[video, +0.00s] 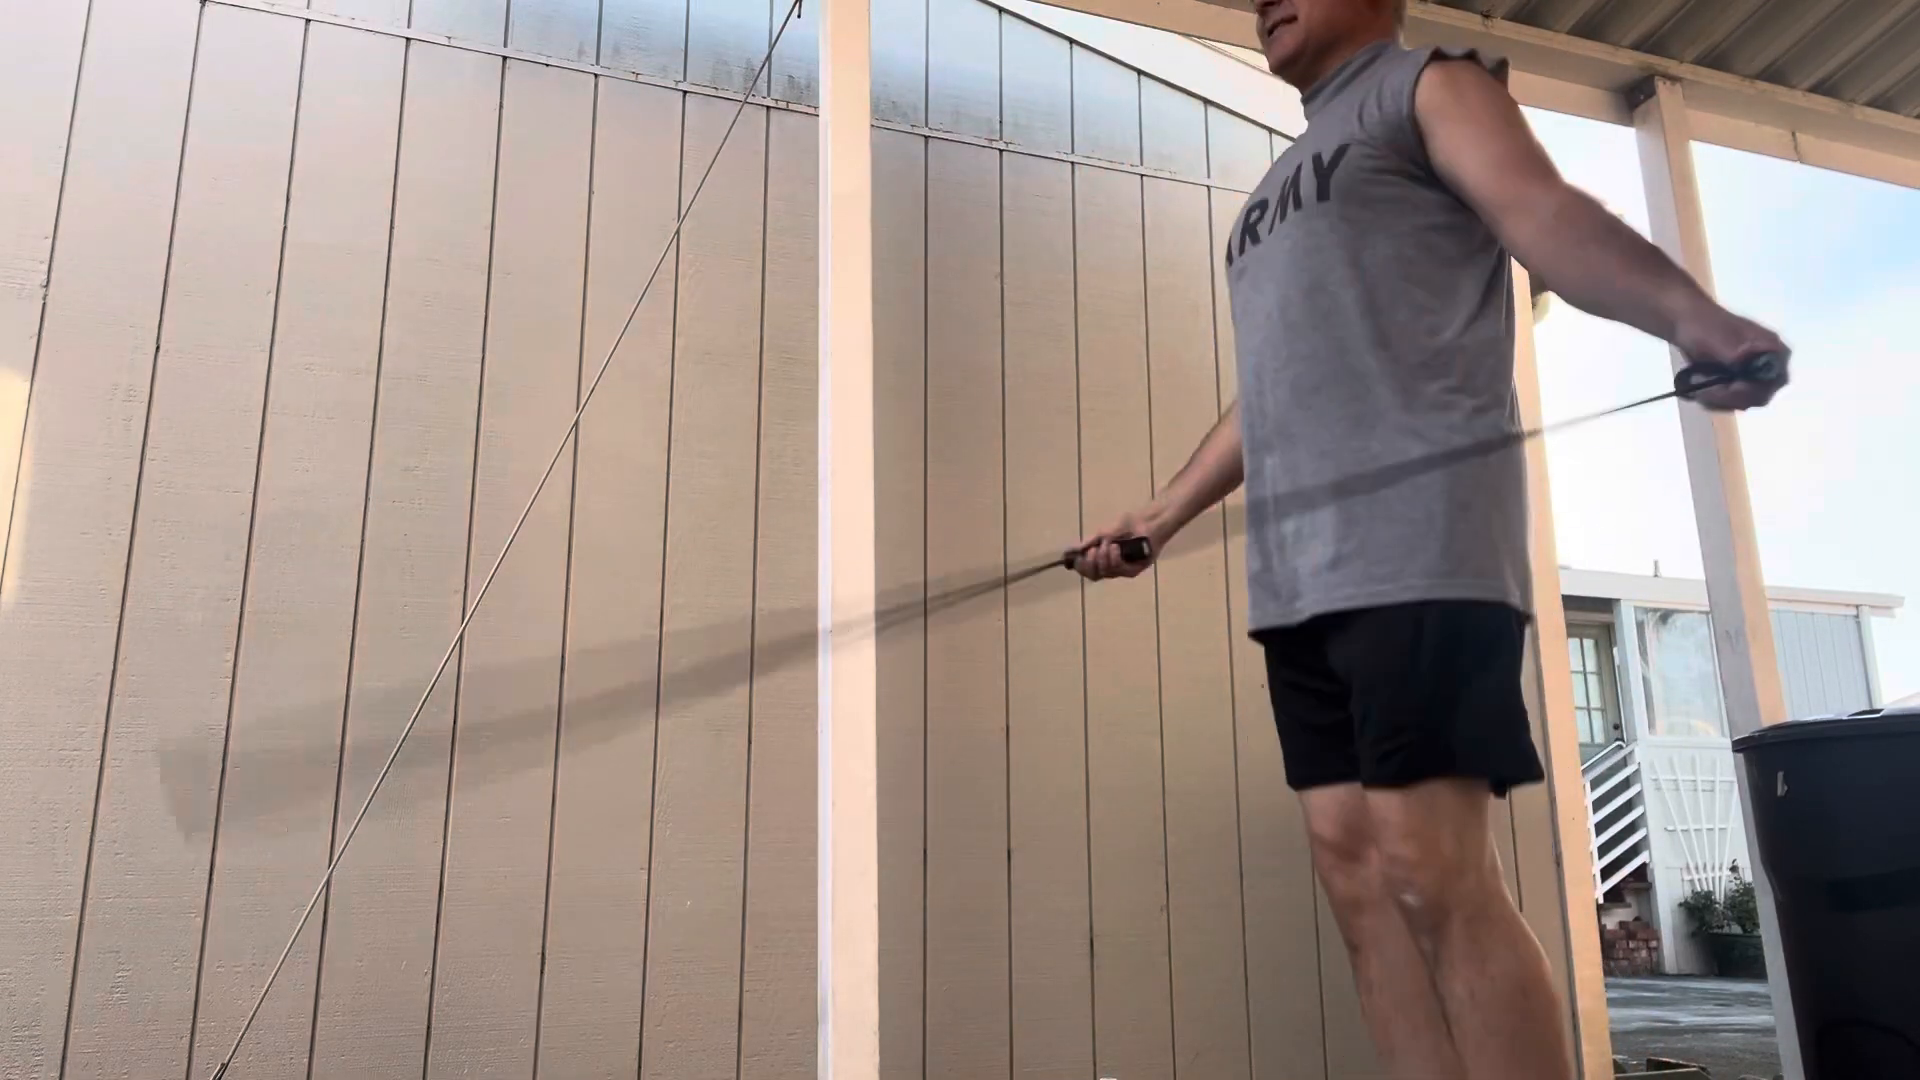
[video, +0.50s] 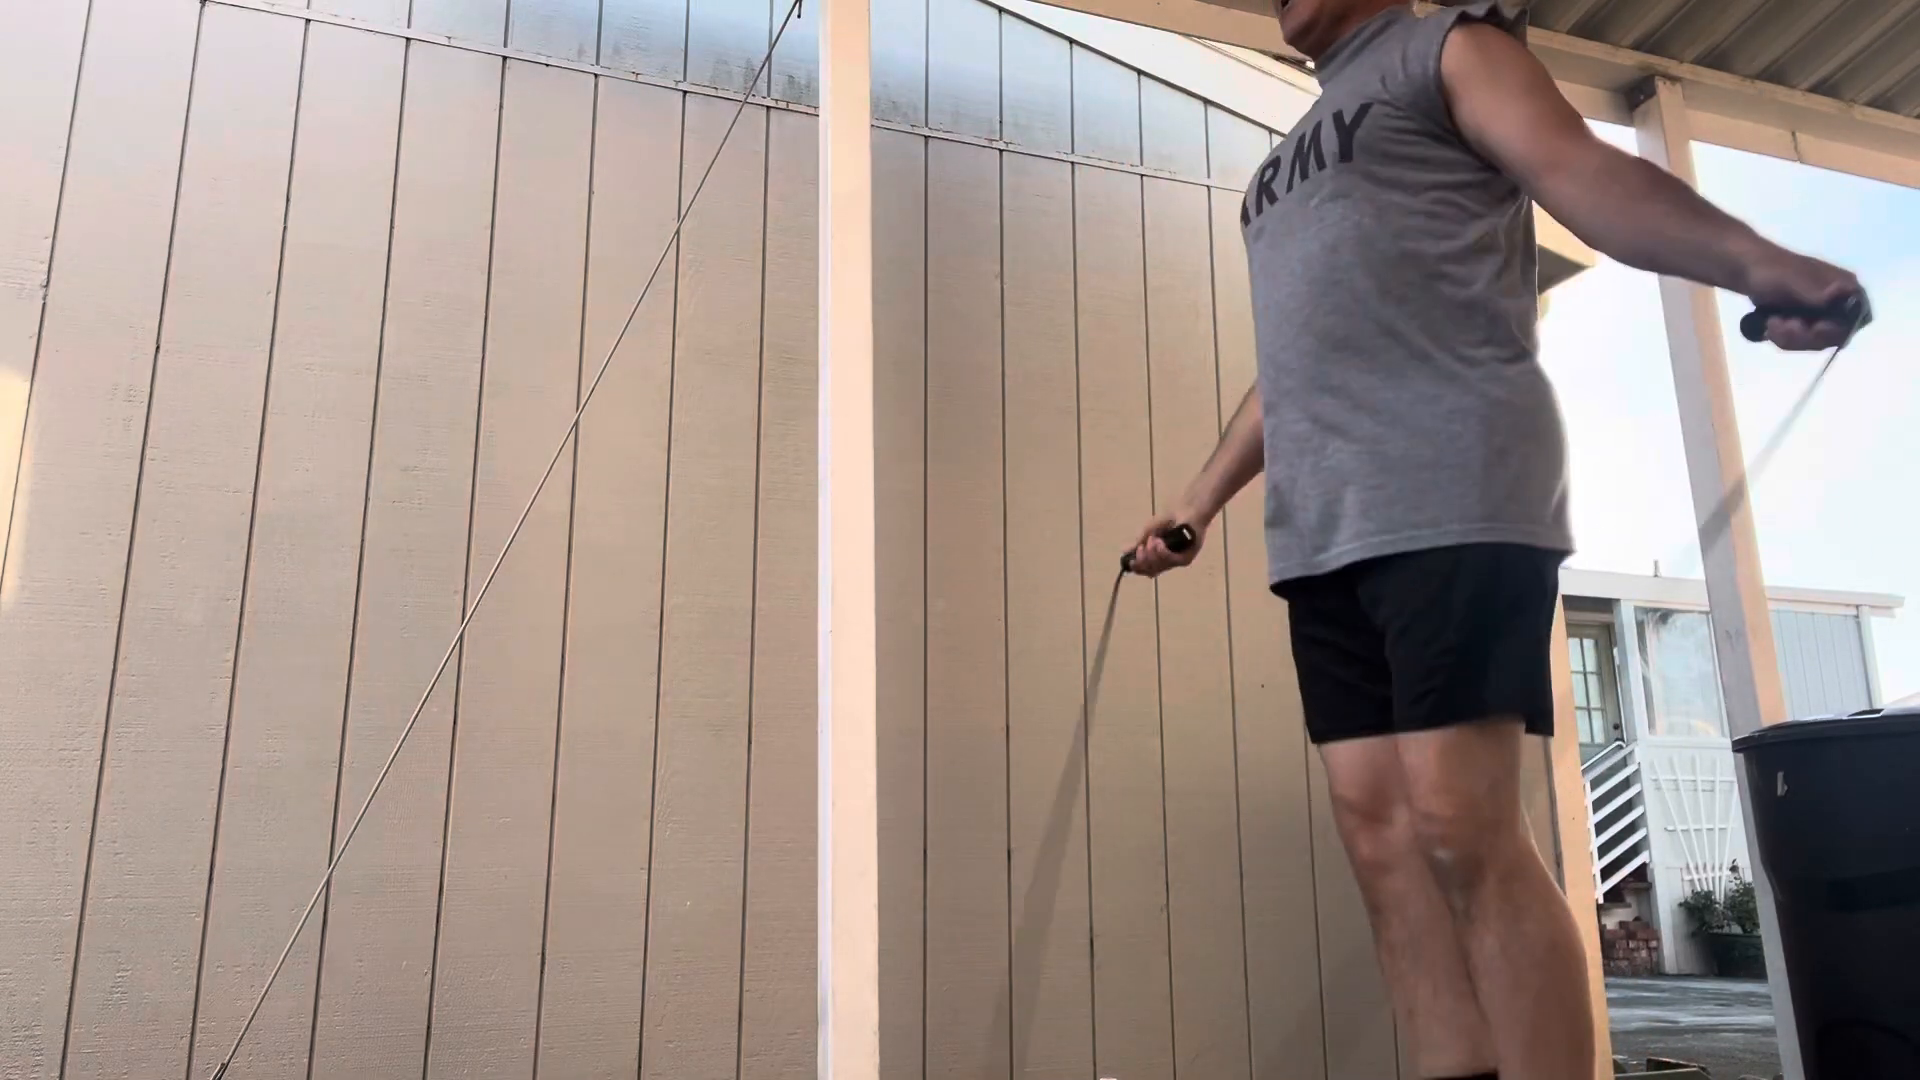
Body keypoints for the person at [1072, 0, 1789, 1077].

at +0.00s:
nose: (1260, 6)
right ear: (1272, 25)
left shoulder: (1430, 83)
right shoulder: (1276, 185)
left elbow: (1542, 214)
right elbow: (1273, 386)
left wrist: (1689, 314)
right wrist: (1164, 511)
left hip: (1424, 546)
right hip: (1300, 564)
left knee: (1433, 868)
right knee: (1348, 865)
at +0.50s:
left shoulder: (1450, 45)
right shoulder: (1286, 159)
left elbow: (1578, 172)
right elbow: (1294, 362)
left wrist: (1754, 258)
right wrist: (1197, 502)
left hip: (1453, 484)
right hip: (1321, 514)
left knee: (1464, 827)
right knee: (1377, 833)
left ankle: (1551, 1071)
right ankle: (1457, 1070)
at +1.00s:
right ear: (1318, 16)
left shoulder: (1490, 41)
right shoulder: (1315, 162)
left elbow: (1624, 170)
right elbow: (1324, 360)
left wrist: (1792, 228)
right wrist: (1215, 456)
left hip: (1492, 489)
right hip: (1349, 525)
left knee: (1504, 823)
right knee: (1414, 827)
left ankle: (1597, 1070)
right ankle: (1502, 1066)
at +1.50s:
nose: (1327, 34)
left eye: (1353, 8)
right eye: (1319, 23)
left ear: (1436, 18)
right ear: (1323, 61)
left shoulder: (1514, 118)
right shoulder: (1336, 229)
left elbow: (1646, 242)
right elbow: (1346, 418)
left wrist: (1747, 293)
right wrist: (1186, 468)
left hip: (1523, 567)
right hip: (1375, 595)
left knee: (1532, 905)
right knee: (1419, 906)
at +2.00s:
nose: (1327, 41)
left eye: (1354, 16)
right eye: (1321, 30)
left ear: (1437, 24)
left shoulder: (1514, 134)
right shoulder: (1349, 243)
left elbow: (1646, 269)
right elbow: (1346, 442)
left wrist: (1762, 385)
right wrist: (1197, 532)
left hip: (1521, 607)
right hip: (1383, 631)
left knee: (1528, 940)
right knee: (1416, 927)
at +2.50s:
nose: (1339, 3)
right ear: (1342, 22)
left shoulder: (1520, 78)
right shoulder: (1353, 190)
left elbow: (1643, 222)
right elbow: (1350, 388)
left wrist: (1790, 337)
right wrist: (1233, 514)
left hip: (1517, 561)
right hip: (1381, 579)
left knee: (1533, 888)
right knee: (1431, 876)